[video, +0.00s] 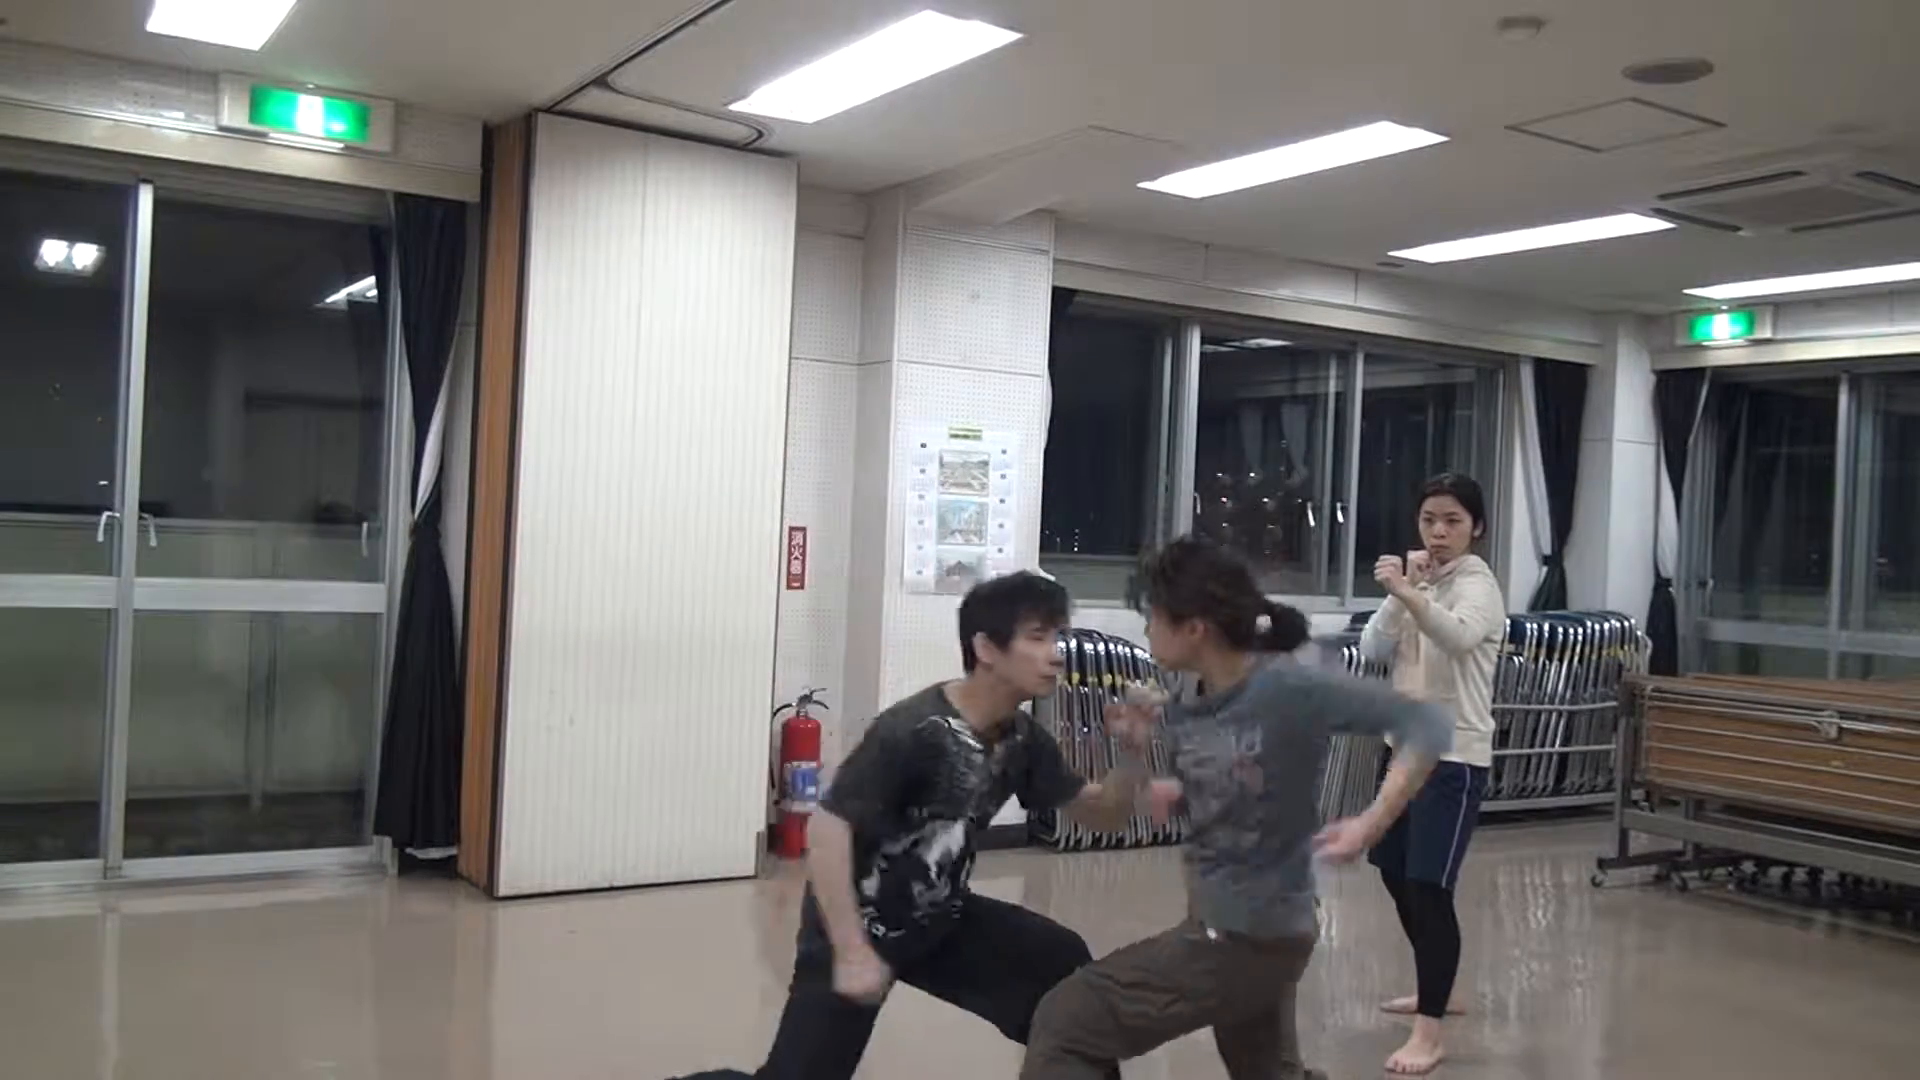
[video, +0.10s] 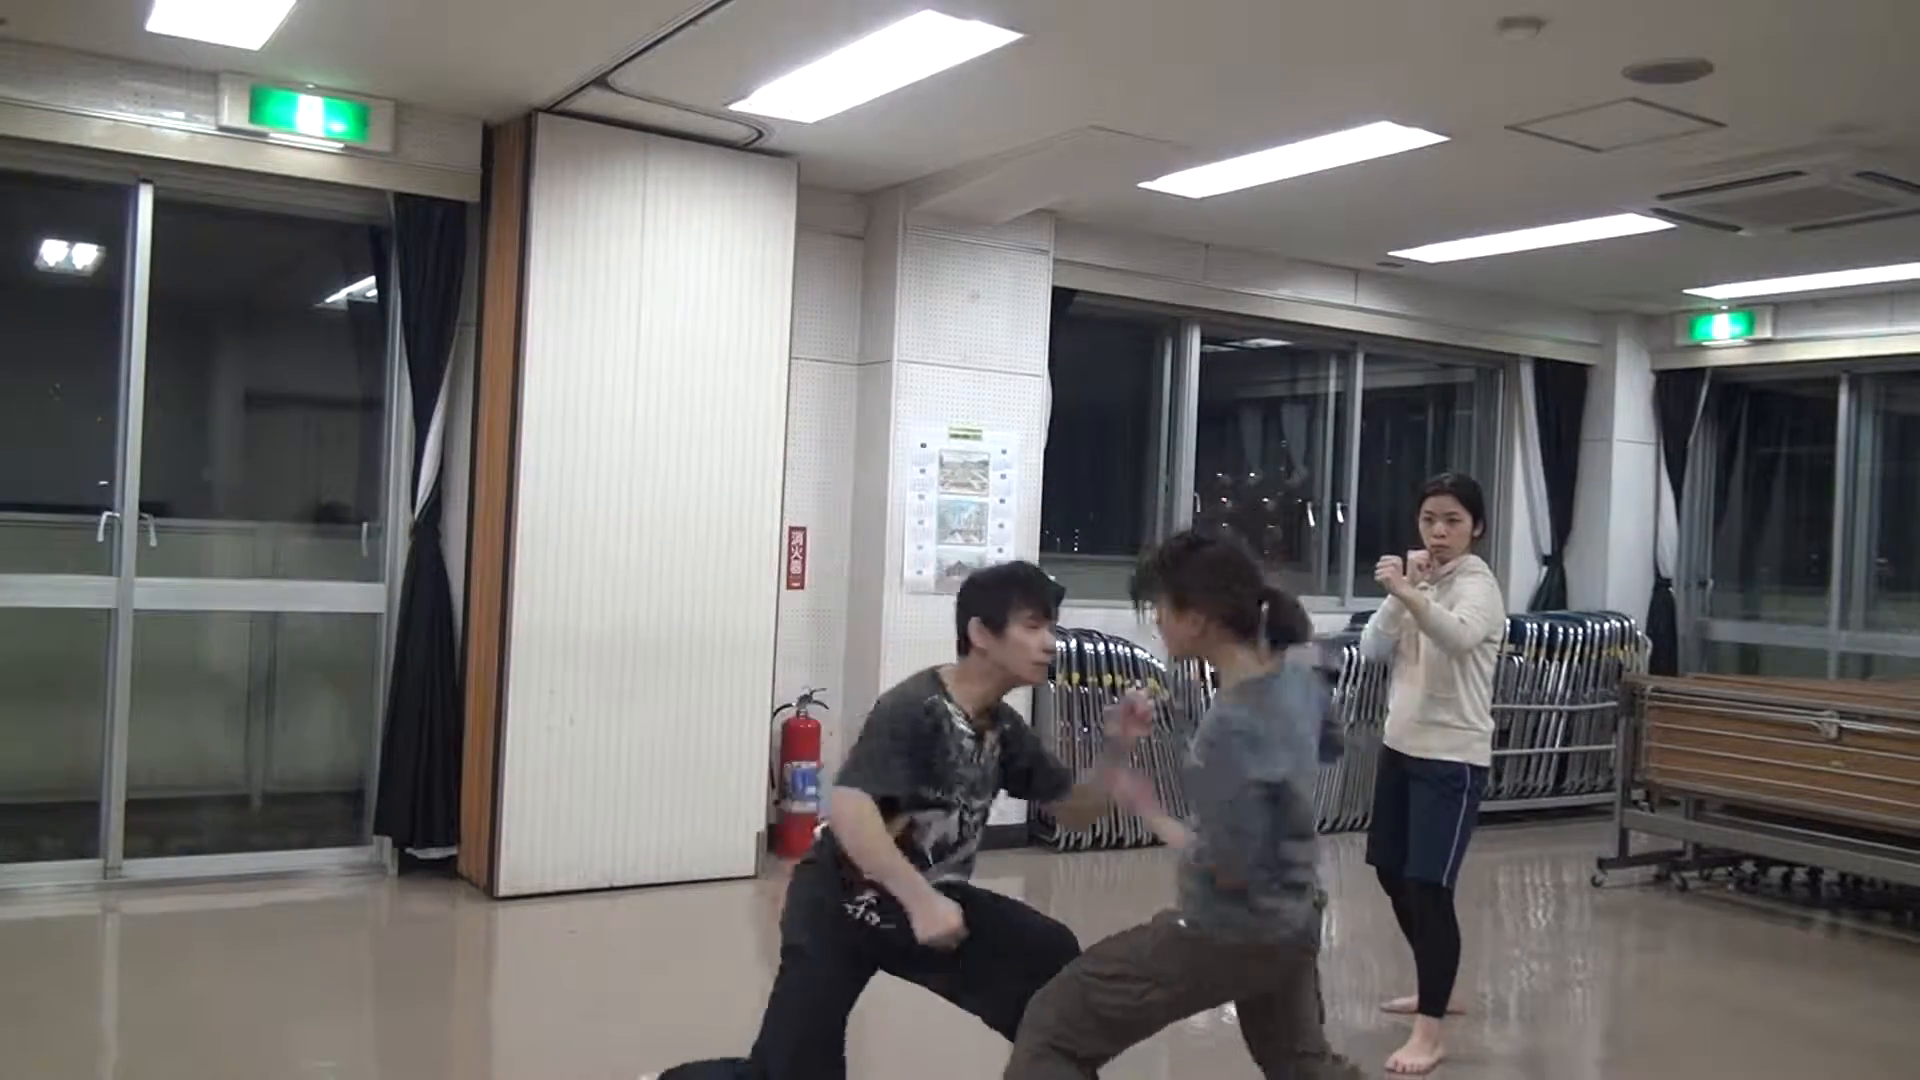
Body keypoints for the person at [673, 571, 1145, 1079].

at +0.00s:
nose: (1057, 654)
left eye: (1057, 639)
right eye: (1040, 639)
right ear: (986, 650)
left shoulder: (1023, 735)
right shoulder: (908, 731)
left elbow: (1093, 807)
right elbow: (827, 826)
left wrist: (1133, 766)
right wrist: (850, 947)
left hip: (937, 917)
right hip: (856, 930)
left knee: (1063, 962)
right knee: (801, 1073)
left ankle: (1084, 1072)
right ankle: (721, 1079)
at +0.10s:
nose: (1052, 643)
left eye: (1052, 629)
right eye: (1036, 628)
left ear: (994, 639)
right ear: (980, 635)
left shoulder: (1005, 727)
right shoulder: (908, 709)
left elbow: (1068, 809)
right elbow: (849, 805)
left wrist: (1116, 754)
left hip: (931, 901)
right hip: (845, 898)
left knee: (1051, 956)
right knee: (793, 1066)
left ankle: (1058, 1071)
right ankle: (686, 1075)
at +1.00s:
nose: (789, 525)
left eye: (786, 509)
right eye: (776, 508)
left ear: (735, 516)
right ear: (727, 514)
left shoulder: (709, 585)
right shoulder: (661, 583)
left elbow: (687, 686)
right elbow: (666, 660)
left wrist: (756, 706)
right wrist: (768, 718)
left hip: (744, 804)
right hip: (677, 822)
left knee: (836, 914)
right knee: (726, 970)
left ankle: (892, 1044)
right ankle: (623, 1067)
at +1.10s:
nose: (725, 537)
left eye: (718, 521)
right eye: (710, 523)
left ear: (671, 537)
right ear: (670, 538)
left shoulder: (634, 603)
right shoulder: (633, 610)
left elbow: (712, 689)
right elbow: (709, 692)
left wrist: (786, 728)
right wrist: (795, 737)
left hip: (633, 816)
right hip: (581, 831)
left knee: (731, 899)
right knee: (689, 959)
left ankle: (674, 1064)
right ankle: (613, 1071)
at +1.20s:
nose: (698, 591)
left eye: (693, 576)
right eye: (686, 578)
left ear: (639, 590)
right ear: (645, 591)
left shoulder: (572, 632)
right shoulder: (595, 655)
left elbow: (492, 706)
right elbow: (652, 734)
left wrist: (453, 801)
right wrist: (752, 787)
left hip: (473, 827)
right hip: (494, 840)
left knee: (568, 928)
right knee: (618, 932)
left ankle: (439, 1010)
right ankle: (625, 1069)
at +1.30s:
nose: (660, 675)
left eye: (659, 661)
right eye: (653, 661)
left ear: (601, 658)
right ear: (609, 662)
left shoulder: (521, 672)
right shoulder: (540, 700)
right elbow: (547, 807)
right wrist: (622, 909)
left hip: (366, 825)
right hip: (402, 838)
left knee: (399, 943)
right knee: (524, 917)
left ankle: (271, 1017)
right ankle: (596, 1065)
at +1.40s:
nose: (593, 768)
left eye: (599, 756)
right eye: (594, 752)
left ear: (540, 727)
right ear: (556, 738)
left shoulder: (459, 710)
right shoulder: (481, 775)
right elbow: (484, 898)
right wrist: (524, 1009)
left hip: (276, 825)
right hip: (314, 840)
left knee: (355, 918)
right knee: (442, 905)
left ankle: (257, 1010)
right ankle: (462, 1047)